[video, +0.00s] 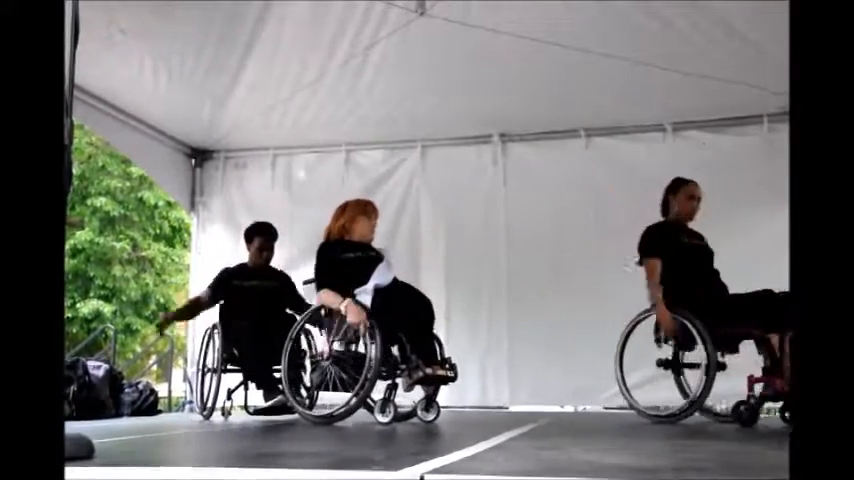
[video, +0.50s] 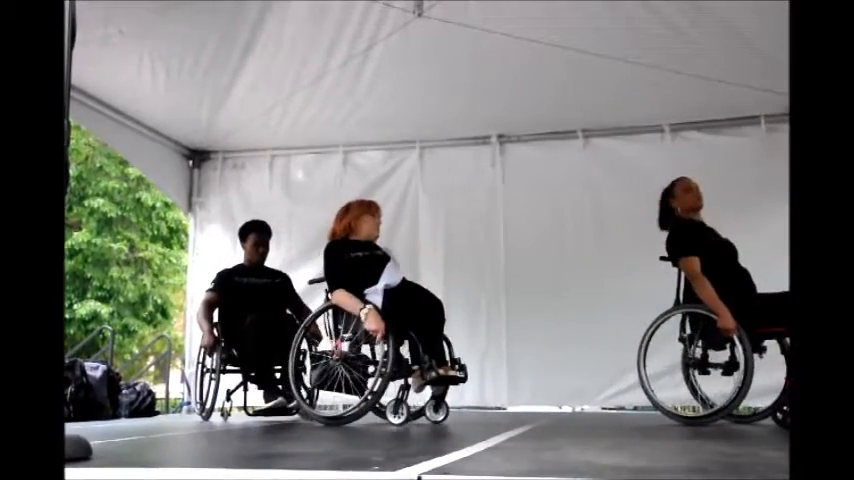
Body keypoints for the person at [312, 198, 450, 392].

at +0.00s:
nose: (374, 224)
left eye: (374, 220)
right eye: (369, 219)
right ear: (351, 222)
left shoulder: (370, 250)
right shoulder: (330, 250)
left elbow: (382, 280)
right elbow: (324, 293)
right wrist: (347, 305)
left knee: (421, 306)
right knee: (407, 312)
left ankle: (428, 363)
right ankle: (420, 364)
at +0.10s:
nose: (375, 225)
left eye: (375, 220)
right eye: (370, 220)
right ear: (351, 223)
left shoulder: (370, 251)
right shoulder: (330, 250)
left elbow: (381, 281)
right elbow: (324, 294)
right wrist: (351, 306)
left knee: (422, 305)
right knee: (407, 311)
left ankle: (429, 363)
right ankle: (415, 365)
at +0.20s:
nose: (375, 225)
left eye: (375, 221)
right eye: (370, 220)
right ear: (353, 222)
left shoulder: (370, 251)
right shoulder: (331, 249)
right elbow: (326, 295)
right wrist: (354, 307)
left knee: (423, 306)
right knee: (409, 311)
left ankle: (430, 364)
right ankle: (418, 366)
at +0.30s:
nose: (376, 225)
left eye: (376, 220)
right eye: (371, 220)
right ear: (354, 222)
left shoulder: (371, 250)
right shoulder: (333, 249)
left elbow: (382, 280)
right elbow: (330, 294)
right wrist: (358, 310)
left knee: (425, 306)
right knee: (411, 312)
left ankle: (433, 364)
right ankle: (417, 367)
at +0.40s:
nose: (377, 224)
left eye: (377, 220)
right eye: (372, 219)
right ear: (355, 222)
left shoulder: (371, 249)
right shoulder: (334, 249)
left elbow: (383, 280)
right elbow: (332, 292)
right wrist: (361, 311)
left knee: (428, 305)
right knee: (413, 312)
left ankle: (435, 364)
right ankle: (419, 367)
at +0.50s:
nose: (379, 222)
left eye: (379, 218)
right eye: (374, 218)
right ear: (357, 221)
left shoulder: (373, 248)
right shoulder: (336, 249)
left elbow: (387, 279)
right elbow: (336, 292)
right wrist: (365, 311)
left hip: (394, 292)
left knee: (432, 306)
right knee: (417, 313)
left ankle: (437, 364)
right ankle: (422, 367)